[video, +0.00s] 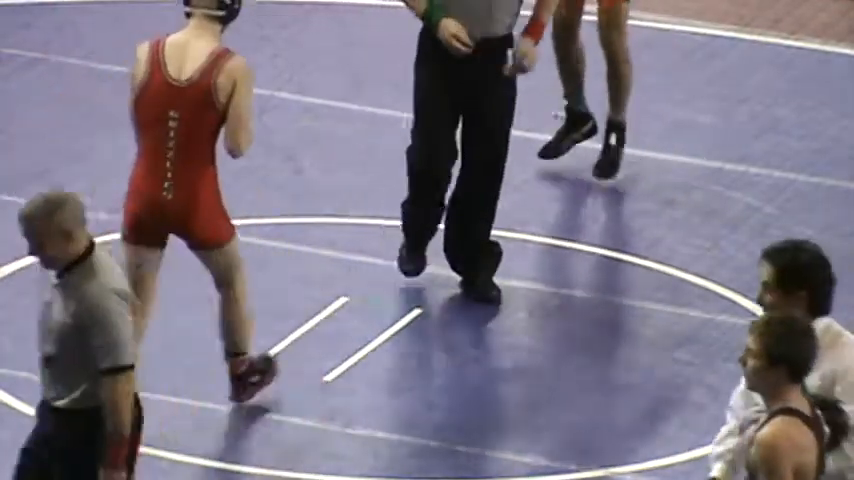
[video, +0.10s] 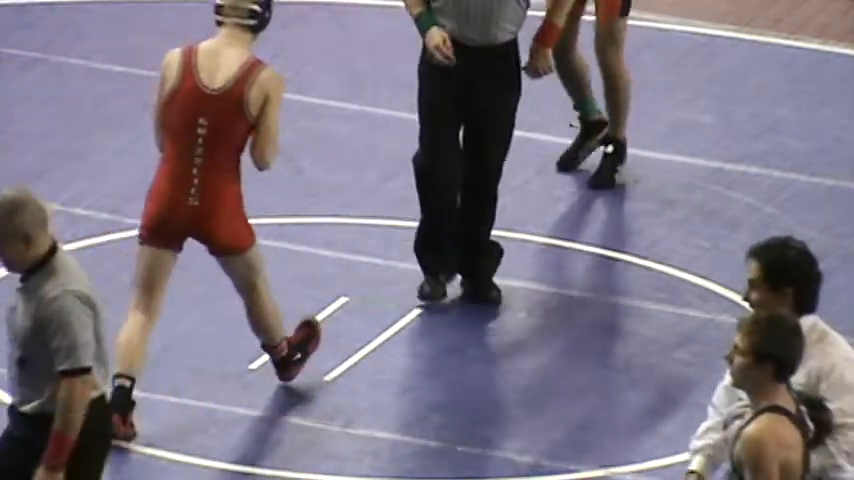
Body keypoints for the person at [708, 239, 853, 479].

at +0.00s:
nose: (759, 298)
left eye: (768, 289)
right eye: (760, 287)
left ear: (801, 298)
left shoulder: (845, 354)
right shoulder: (767, 345)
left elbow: (846, 451)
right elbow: (738, 415)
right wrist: (721, 470)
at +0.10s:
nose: (747, 296)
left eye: (755, 286)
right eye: (748, 285)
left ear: (787, 294)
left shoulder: (837, 359)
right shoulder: (756, 339)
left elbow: (844, 447)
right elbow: (723, 407)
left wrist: (780, 467)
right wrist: (698, 468)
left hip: (821, 474)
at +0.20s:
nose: (735, 292)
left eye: (744, 282)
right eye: (738, 281)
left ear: (777, 293)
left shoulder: (819, 357)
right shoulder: (744, 339)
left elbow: (838, 443)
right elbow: (707, 403)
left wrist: (770, 466)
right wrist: (680, 460)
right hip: (737, 469)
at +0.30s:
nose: (721, 294)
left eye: (730, 286)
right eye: (723, 285)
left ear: (762, 295)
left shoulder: (804, 358)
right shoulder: (728, 339)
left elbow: (817, 449)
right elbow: (692, 406)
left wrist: (751, 467)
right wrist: (663, 462)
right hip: (720, 471)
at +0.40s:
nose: (706, 299)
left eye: (714, 290)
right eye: (708, 289)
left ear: (746, 300)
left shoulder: (787, 359)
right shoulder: (717, 342)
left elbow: (799, 455)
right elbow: (681, 409)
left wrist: (730, 469)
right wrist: (649, 463)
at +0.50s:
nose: (689, 303)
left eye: (697, 296)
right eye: (692, 294)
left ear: (730, 309)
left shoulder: (771, 372)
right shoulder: (710, 351)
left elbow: (782, 461)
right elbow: (667, 415)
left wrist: (713, 472)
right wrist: (637, 466)